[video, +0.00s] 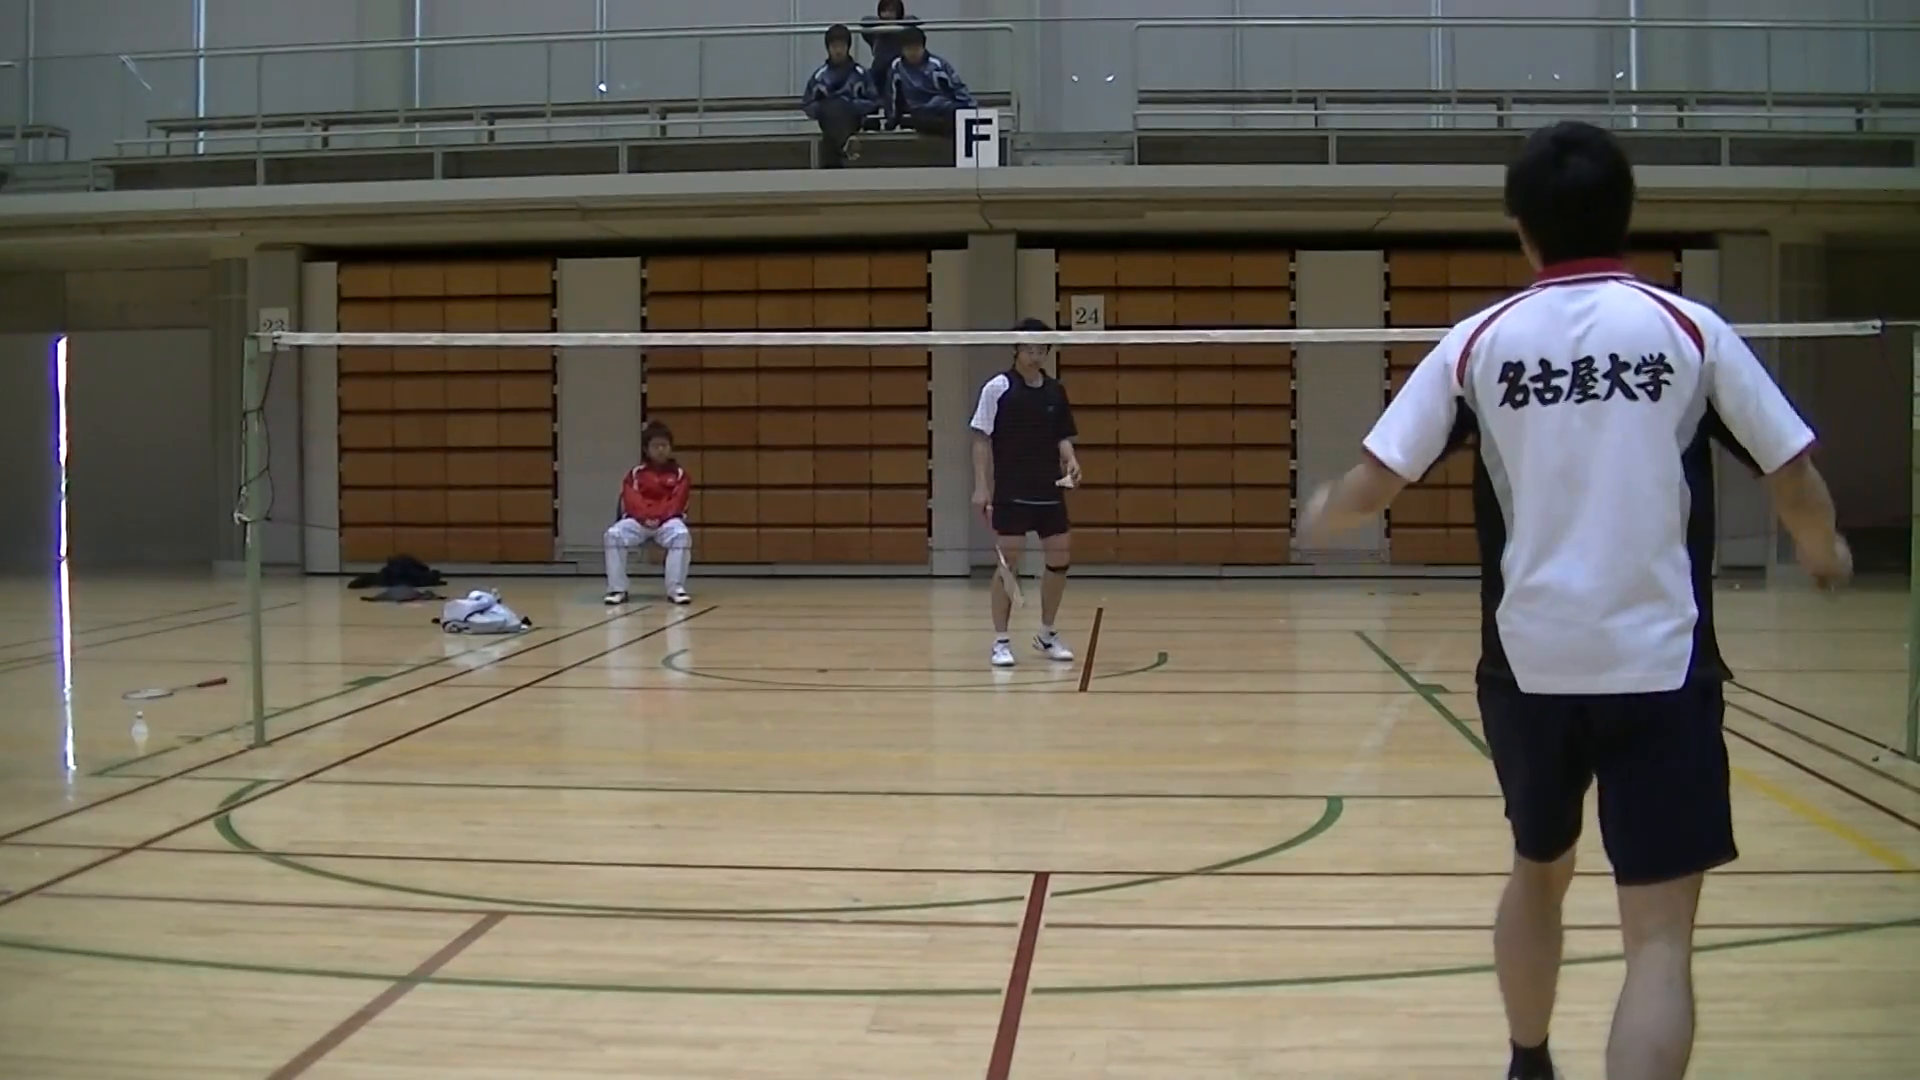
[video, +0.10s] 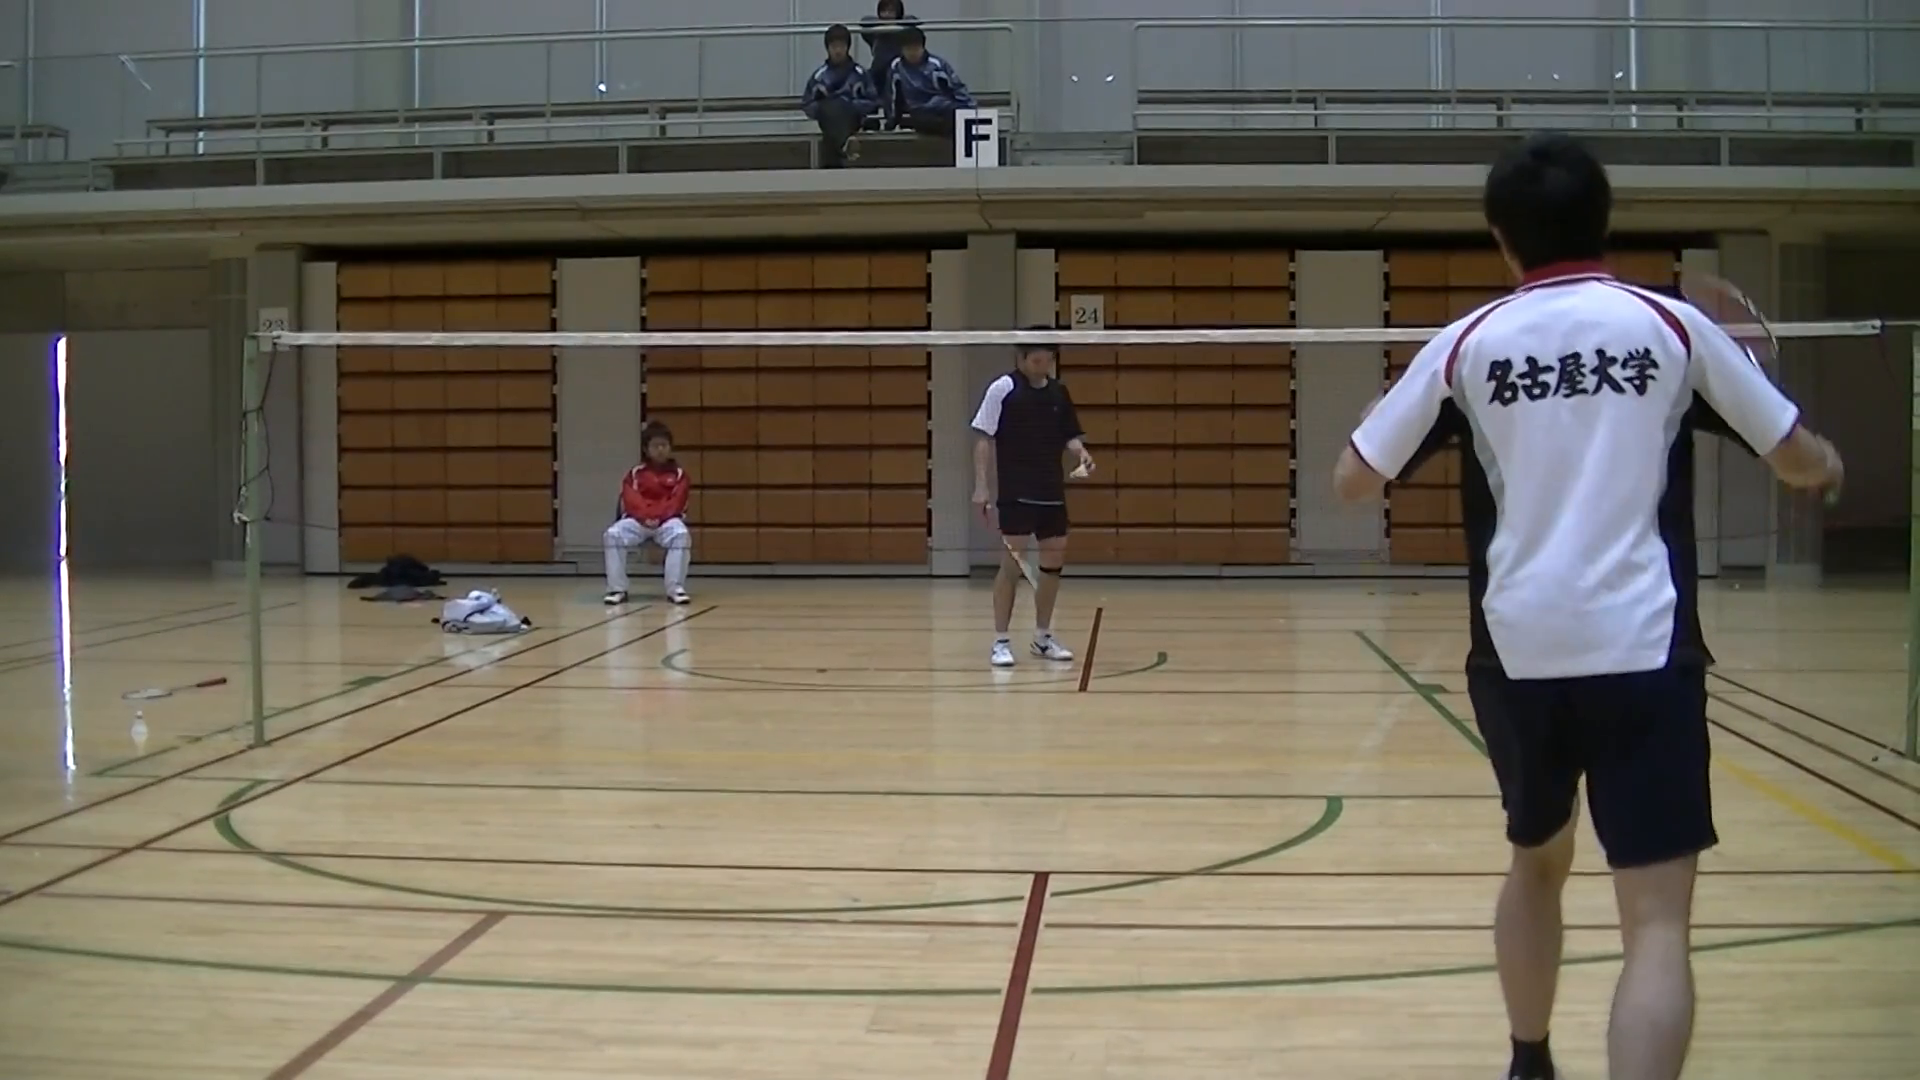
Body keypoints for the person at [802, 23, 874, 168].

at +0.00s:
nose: (838, 51)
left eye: (842, 46)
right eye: (833, 46)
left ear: (848, 47)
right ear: (827, 48)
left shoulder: (861, 73)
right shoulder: (819, 75)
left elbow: (873, 103)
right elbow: (808, 107)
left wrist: (847, 104)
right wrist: (827, 105)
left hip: (854, 122)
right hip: (828, 122)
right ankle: (846, 144)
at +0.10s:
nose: (837, 51)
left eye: (841, 46)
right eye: (833, 46)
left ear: (848, 47)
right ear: (827, 48)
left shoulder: (860, 73)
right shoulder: (819, 75)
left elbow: (873, 104)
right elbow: (807, 106)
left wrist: (847, 104)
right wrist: (826, 105)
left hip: (854, 119)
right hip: (827, 119)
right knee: (831, 106)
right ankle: (845, 144)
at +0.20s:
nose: (836, 50)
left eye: (840, 45)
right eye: (832, 45)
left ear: (847, 47)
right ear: (826, 48)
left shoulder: (859, 73)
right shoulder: (818, 75)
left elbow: (871, 102)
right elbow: (807, 105)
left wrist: (846, 105)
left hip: (853, 118)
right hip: (825, 118)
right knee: (831, 105)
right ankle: (843, 143)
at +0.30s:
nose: (836, 50)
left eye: (840, 45)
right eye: (832, 45)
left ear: (847, 46)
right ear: (826, 47)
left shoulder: (859, 72)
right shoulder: (817, 75)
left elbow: (872, 103)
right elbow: (806, 105)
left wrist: (846, 104)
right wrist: (825, 106)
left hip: (853, 118)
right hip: (825, 118)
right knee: (831, 105)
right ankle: (844, 143)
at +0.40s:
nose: (836, 50)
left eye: (840, 45)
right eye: (832, 45)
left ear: (847, 47)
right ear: (826, 47)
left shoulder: (859, 73)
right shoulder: (818, 74)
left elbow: (872, 102)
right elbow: (806, 105)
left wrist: (846, 104)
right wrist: (825, 105)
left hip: (852, 118)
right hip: (825, 118)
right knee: (831, 105)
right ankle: (844, 143)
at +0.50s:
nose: (836, 50)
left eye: (840, 45)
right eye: (832, 45)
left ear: (846, 47)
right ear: (826, 47)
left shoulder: (859, 72)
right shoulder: (818, 74)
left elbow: (871, 102)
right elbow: (807, 106)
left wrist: (846, 104)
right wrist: (823, 105)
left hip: (852, 119)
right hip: (826, 119)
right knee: (830, 105)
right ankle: (843, 143)